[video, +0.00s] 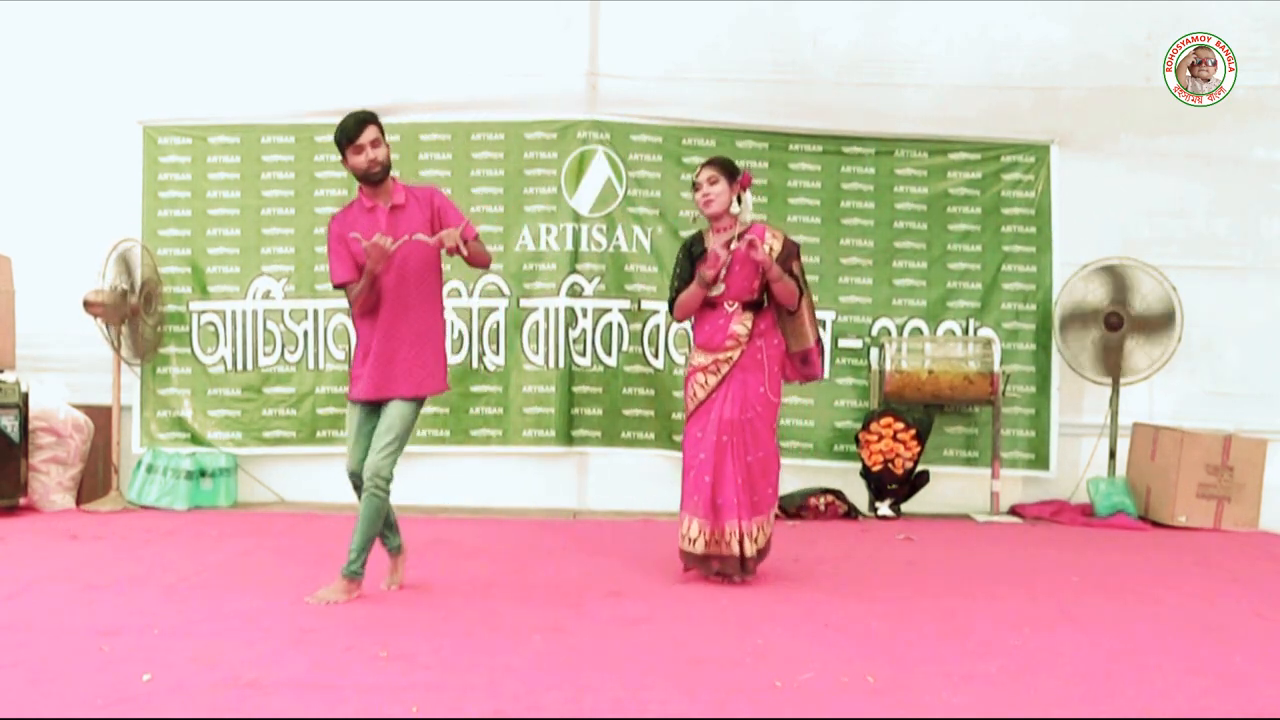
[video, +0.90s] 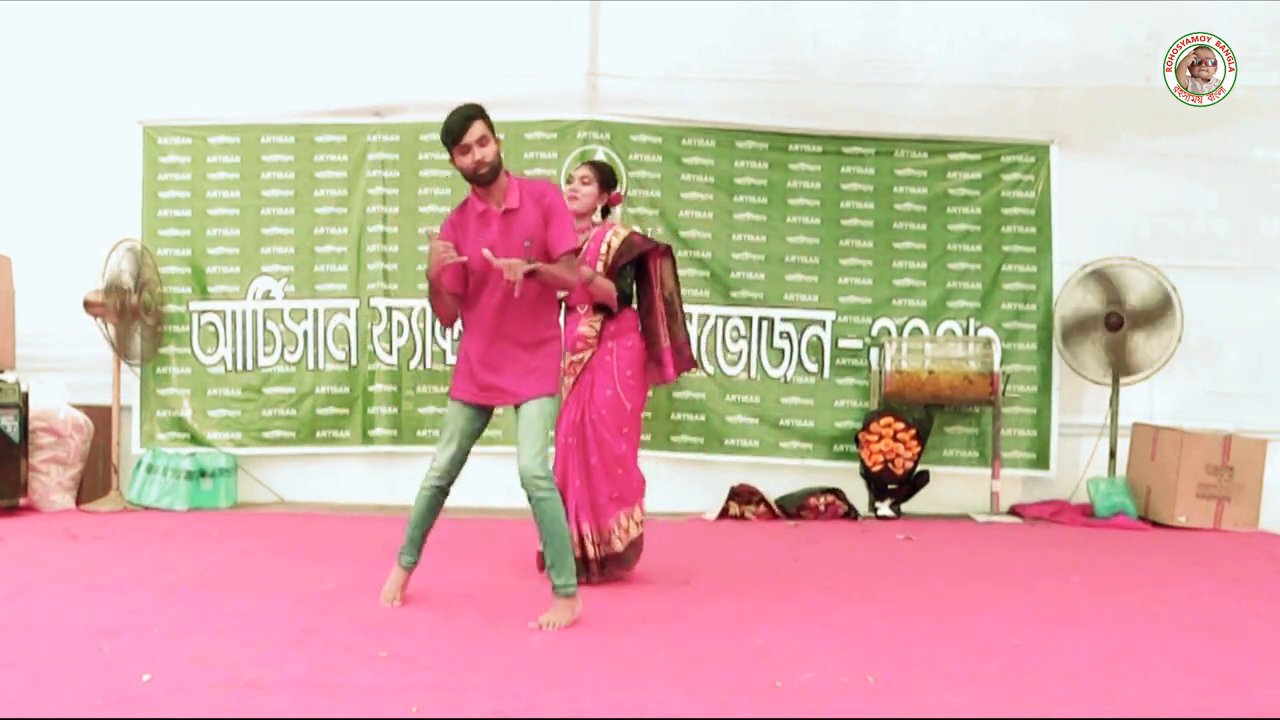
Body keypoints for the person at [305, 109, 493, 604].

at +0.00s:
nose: (372, 154)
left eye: (376, 143)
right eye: (360, 149)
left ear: (389, 145)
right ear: (346, 163)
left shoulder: (429, 200)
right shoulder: (343, 223)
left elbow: (484, 259)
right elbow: (358, 306)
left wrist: (461, 244)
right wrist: (372, 269)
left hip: (416, 357)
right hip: (370, 358)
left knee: (377, 470)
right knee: (357, 470)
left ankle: (350, 578)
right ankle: (396, 548)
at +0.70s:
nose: (412, 158)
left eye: (417, 145)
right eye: (400, 152)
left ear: (431, 141)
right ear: (388, 160)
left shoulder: (471, 186)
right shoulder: (391, 221)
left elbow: (497, 263)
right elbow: (381, 307)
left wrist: (455, 234)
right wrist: (355, 262)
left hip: (475, 353)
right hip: (421, 353)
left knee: (444, 466)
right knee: (400, 462)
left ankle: (403, 577)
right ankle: (400, 571)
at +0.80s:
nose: (436, 157)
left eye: (441, 144)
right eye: (423, 152)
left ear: (455, 140)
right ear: (412, 160)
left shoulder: (498, 189)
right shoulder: (413, 219)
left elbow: (524, 266)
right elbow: (401, 308)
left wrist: (482, 242)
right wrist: (381, 259)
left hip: (497, 356)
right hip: (441, 357)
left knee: (482, 460)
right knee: (413, 467)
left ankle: (464, 574)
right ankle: (398, 569)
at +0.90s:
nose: (478, 155)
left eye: (483, 142)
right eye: (465, 150)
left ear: (498, 142)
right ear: (454, 162)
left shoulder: (544, 196)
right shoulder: (456, 225)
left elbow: (575, 277)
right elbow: (447, 316)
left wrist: (530, 268)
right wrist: (436, 276)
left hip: (537, 356)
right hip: (479, 358)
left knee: (534, 471)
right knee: (442, 469)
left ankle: (566, 596)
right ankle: (404, 567)